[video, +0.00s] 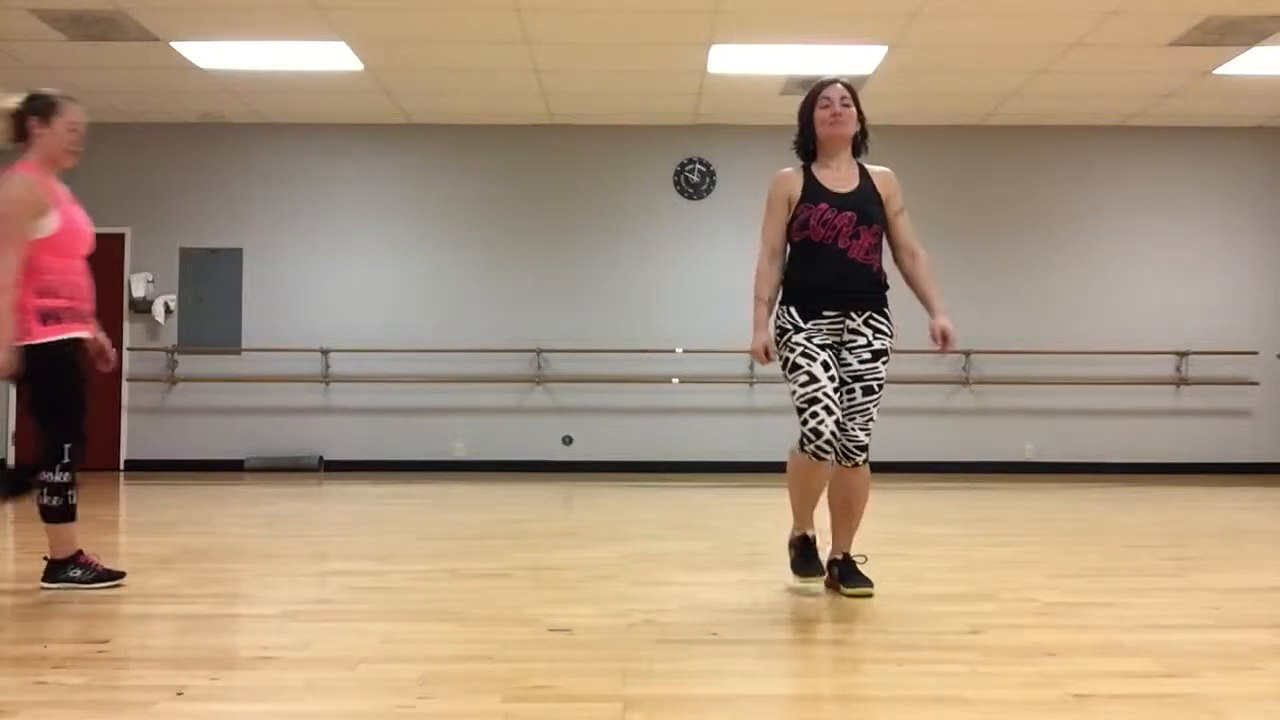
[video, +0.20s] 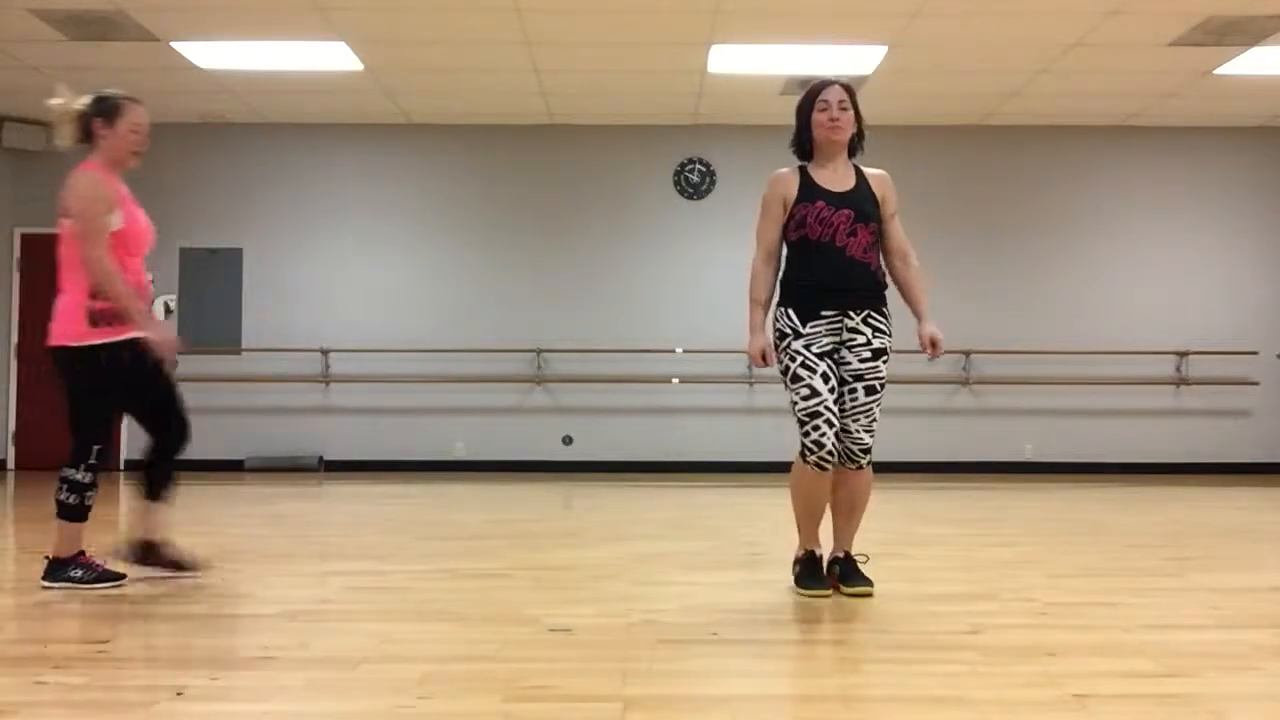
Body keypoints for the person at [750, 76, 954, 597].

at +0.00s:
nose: (837, 110)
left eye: (845, 103)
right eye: (826, 104)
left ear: (859, 118)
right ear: (809, 121)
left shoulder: (881, 181)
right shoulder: (790, 182)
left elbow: (909, 252)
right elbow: (770, 257)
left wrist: (937, 312)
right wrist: (760, 325)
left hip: (868, 323)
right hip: (803, 321)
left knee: (854, 439)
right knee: (820, 430)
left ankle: (842, 557)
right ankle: (803, 534)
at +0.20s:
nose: (834, 115)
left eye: (843, 108)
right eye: (824, 108)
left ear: (856, 121)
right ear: (806, 121)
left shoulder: (878, 184)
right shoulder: (785, 184)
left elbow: (900, 257)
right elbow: (766, 259)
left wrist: (923, 318)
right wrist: (757, 327)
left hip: (867, 325)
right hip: (803, 325)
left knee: (857, 442)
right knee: (821, 438)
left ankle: (843, 556)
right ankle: (807, 553)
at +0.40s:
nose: (835, 115)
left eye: (844, 107)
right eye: (824, 108)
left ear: (858, 119)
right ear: (808, 120)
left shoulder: (880, 182)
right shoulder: (787, 181)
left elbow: (895, 262)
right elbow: (765, 257)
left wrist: (905, 330)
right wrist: (754, 322)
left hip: (870, 322)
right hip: (803, 322)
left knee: (873, 435)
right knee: (817, 438)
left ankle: (852, 537)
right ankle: (808, 553)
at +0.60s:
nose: (841, 118)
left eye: (850, 110)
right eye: (830, 110)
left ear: (864, 121)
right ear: (815, 121)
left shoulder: (887, 183)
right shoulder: (794, 184)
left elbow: (906, 262)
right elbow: (772, 258)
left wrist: (920, 329)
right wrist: (762, 321)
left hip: (877, 327)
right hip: (810, 327)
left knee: (867, 444)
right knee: (822, 442)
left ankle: (853, 557)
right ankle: (809, 556)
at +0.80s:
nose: (843, 116)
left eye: (852, 108)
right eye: (833, 109)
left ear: (867, 119)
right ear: (816, 121)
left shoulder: (891, 180)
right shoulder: (796, 184)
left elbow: (914, 253)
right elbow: (779, 259)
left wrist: (936, 317)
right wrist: (773, 325)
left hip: (880, 326)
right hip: (815, 325)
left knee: (868, 441)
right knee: (830, 434)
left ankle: (854, 558)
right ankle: (812, 536)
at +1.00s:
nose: (840, 118)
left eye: (849, 109)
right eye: (829, 110)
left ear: (864, 120)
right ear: (813, 120)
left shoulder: (885, 183)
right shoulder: (791, 183)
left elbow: (908, 258)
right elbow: (773, 259)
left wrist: (932, 321)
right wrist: (771, 328)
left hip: (875, 326)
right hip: (810, 327)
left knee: (865, 444)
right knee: (830, 441)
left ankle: (854, 558)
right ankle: (814, 556)